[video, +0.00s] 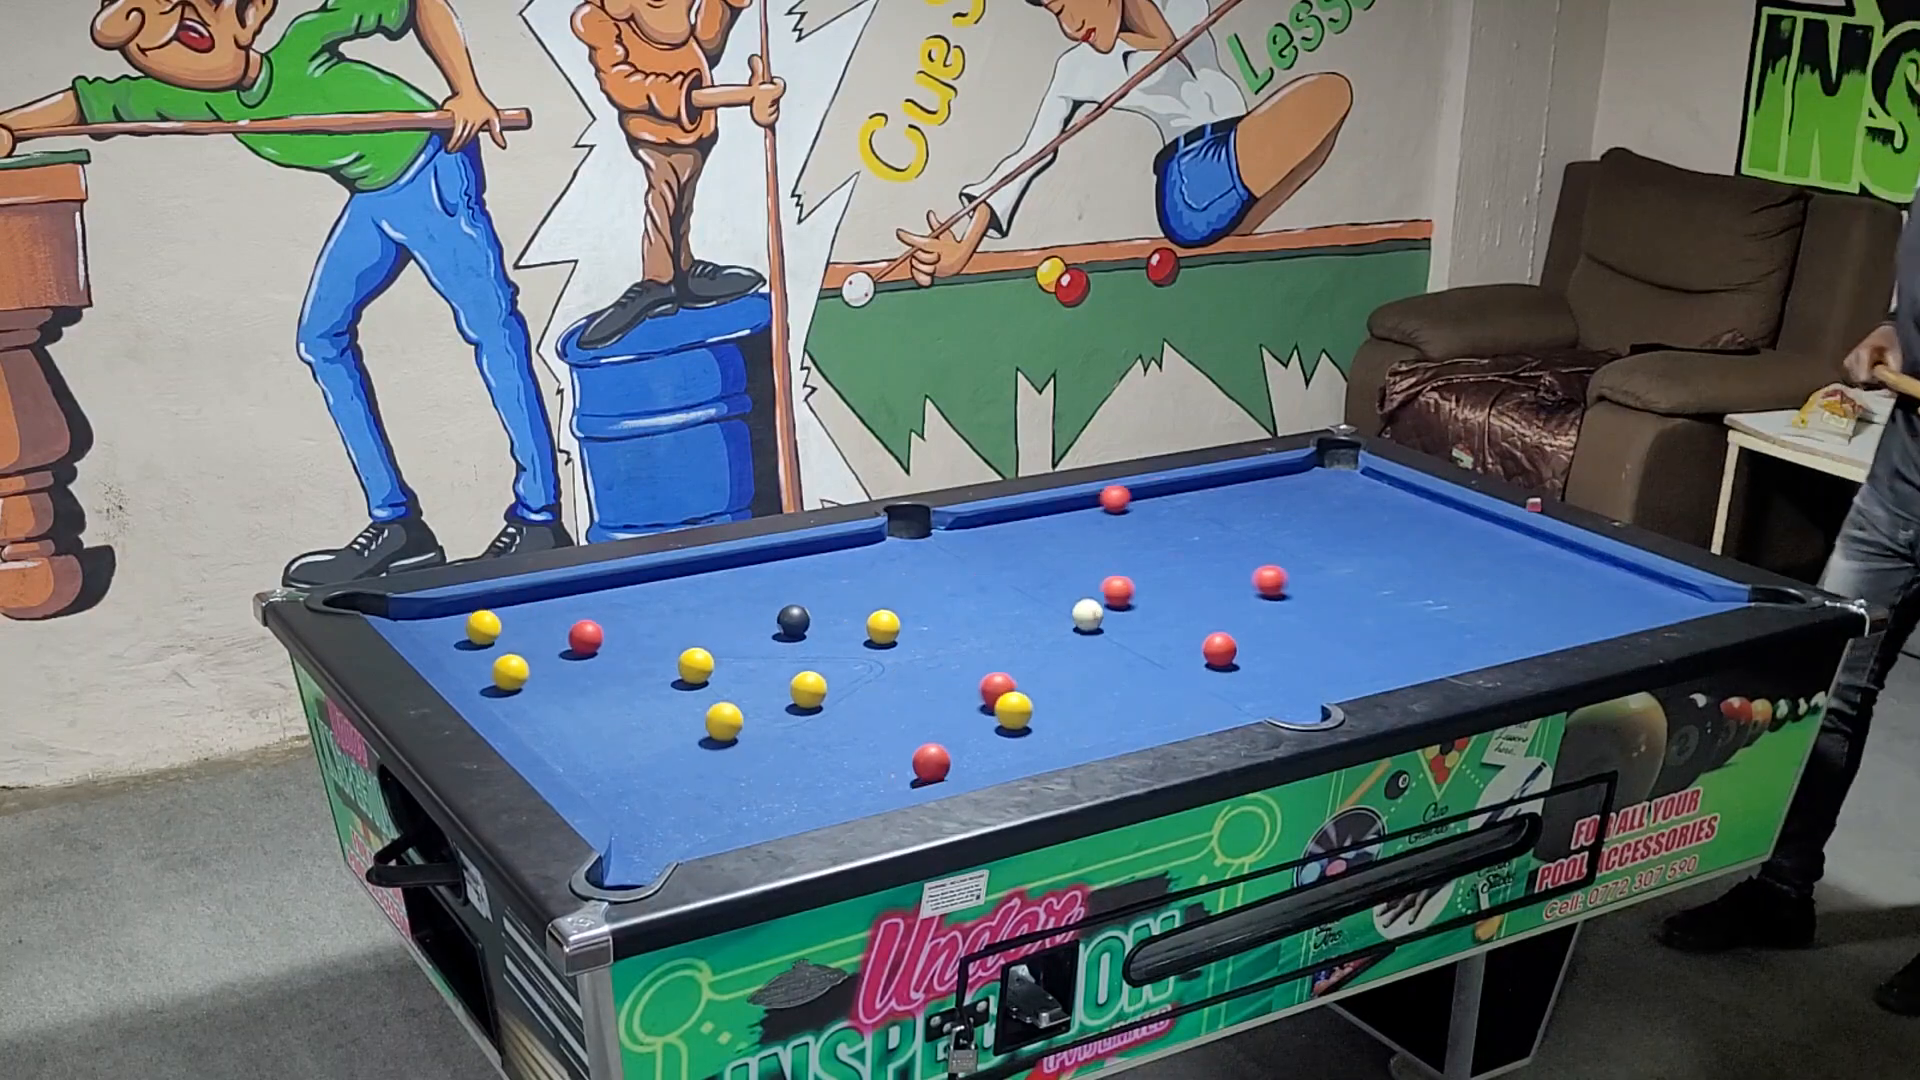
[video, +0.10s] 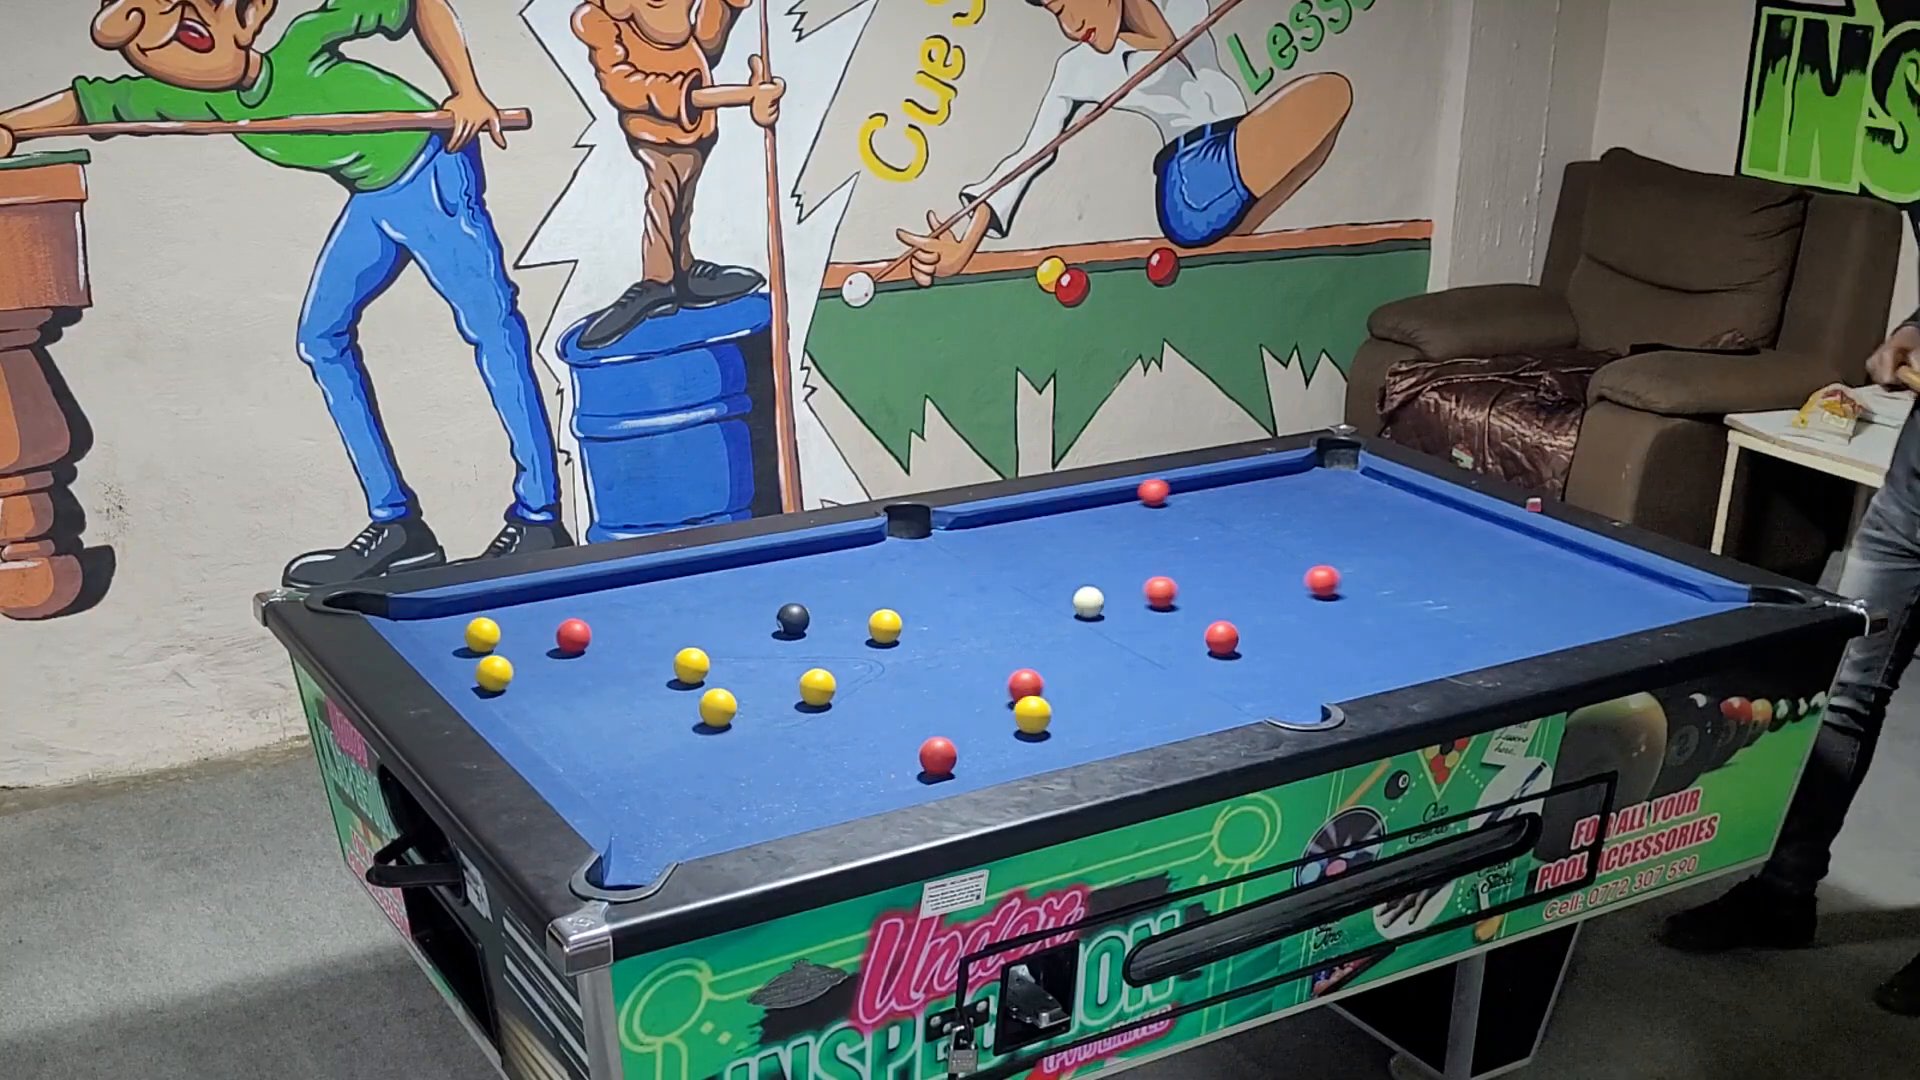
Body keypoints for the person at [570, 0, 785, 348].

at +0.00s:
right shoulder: (596, 19)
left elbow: (707, 48)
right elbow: (625, 88)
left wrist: (730, 6)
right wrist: (746, 94)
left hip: (695, 88)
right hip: (644, 103)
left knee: (688, 174)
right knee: (665, 173)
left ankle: (682, 269)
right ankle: (656, 282)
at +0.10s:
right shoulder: (596, 19)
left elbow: (707, 48)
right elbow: (625, 88)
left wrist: (730, 6)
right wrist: (746, 94)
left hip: (695, 88)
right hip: (644, 103)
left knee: (688, 174)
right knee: (665, 173)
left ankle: (682, 269)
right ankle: (656, 282)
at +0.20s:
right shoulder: (596, 19)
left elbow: (707, 47)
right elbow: (625, 88)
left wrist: (730, 6)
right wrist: (746, 94)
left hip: (695, 87)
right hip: (644, 103)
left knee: (688, 174)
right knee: (665, 173)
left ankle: (682, 269)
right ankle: (656, 282)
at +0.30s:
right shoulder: (596, 19)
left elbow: (707, 47)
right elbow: (625, 88)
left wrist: (730, 6)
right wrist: (746, 94)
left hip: (694, 87)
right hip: (644, 103)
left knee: (688, 174)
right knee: (666, 174)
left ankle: (682, 268)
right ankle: (656, 282)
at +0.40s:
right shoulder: (596, 19)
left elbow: (707, 47)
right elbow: (626, 88)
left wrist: (729, 6)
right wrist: (747, 94)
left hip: (694, 87)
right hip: (644, 103)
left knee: (688, 174)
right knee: (666, 173)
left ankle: (682, 268)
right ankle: (656, 281)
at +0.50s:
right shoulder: (596, 19)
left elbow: (707, 47)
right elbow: (626, 88)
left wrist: (730, 6)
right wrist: (747, 94)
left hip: (695, 88)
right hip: (644, 104)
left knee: (688, 174)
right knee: (666, 173)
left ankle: (682, 268)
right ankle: (657, 281)